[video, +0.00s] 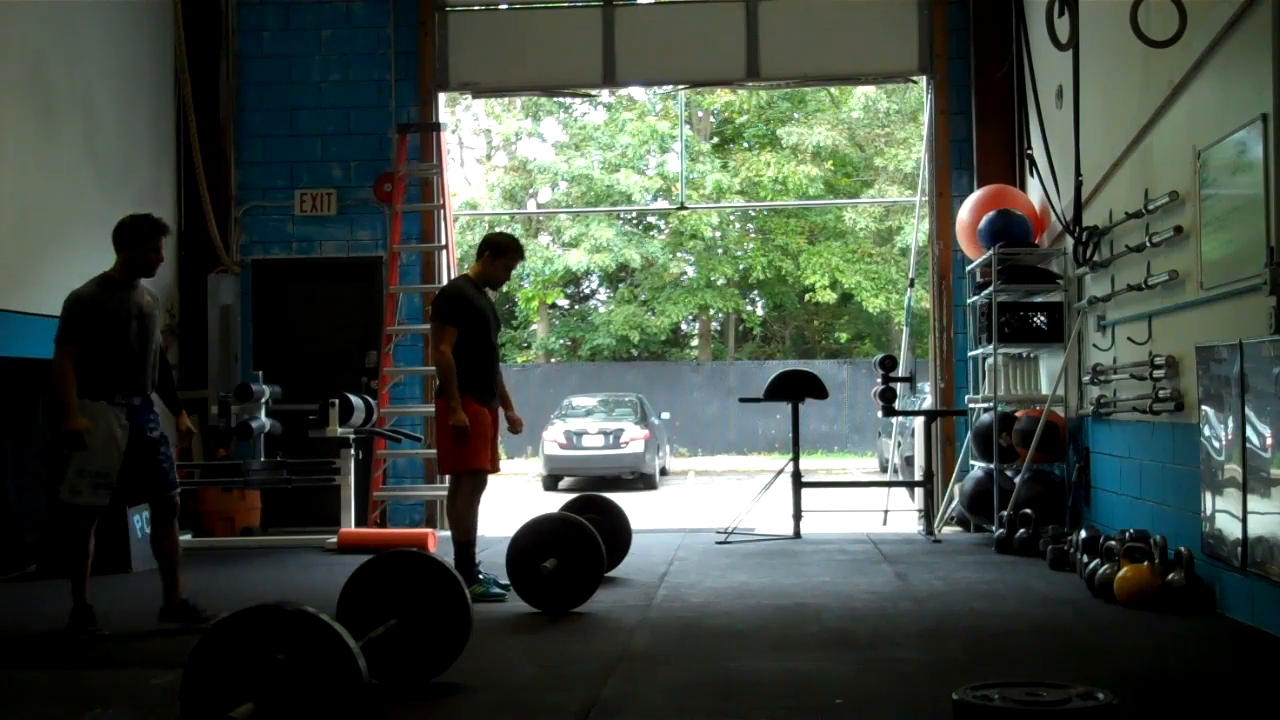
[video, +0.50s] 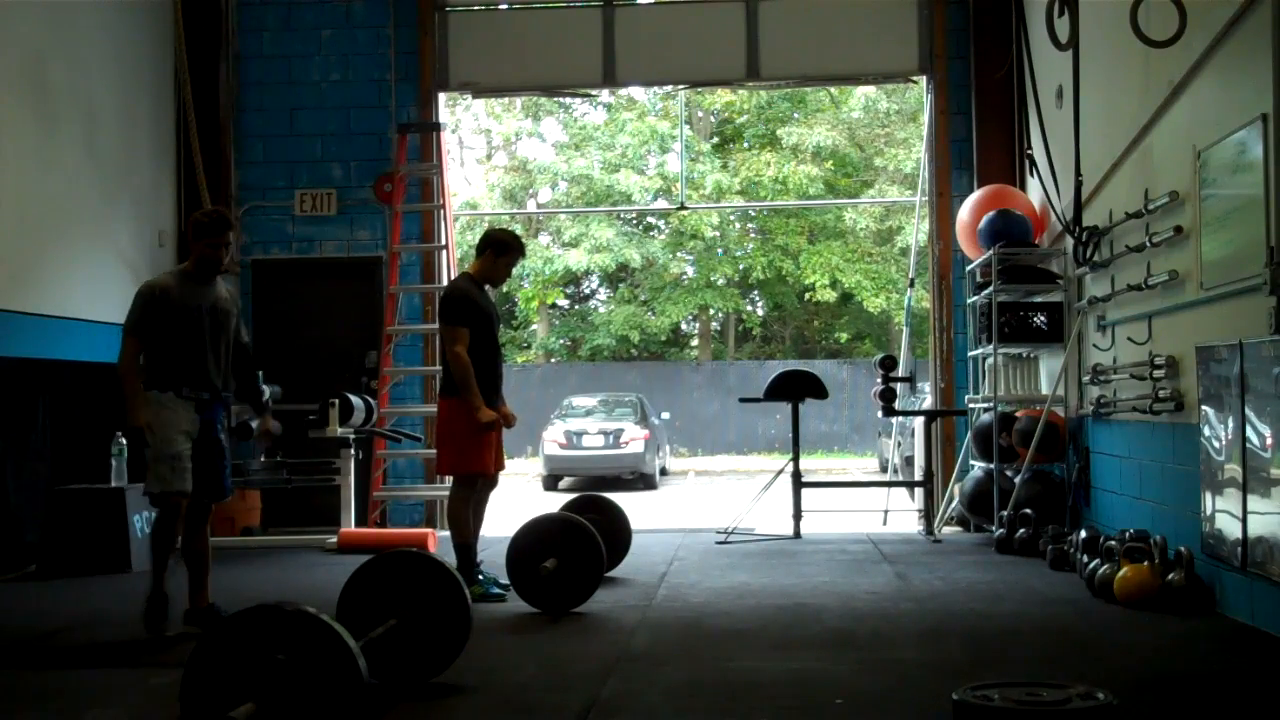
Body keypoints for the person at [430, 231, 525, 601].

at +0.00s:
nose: (508, 278)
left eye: (511, 271)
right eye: (507, 270)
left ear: (493, 261)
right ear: (488, 258)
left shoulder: (482, 299)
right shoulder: (455, 293)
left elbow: (490, 361)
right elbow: (441, 350)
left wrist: (508, 407)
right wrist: (454, 406)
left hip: (483, 405)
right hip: (464, 405)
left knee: (470, 485)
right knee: (469, 484)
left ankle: (467, 571)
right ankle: (466, 574)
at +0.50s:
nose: (509, 275)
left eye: (512, 268)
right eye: (509, 267)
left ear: (494, 258)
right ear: (490, 256)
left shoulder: (481, 294)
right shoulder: (460, 292)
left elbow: (486, 355)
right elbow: (456, 352)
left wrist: (499, 403)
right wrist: (479, 405)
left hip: (485, 406)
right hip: (464, 405)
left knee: (485, 482)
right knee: (466, 484)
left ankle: (471, 568)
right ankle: (467, 575)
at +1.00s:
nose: (520, 276)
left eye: (523, 269)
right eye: (520, 267)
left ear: (503, 258)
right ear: (502, 256)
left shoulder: (492, 294)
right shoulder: (472, 288)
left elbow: (508, 337)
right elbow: (475, 333)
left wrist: (526, 368)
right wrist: (513, 377)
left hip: (497, 401)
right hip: (474, 402)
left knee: (506, 481)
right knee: (475, 484)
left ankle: (514, 568)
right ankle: (469, 576)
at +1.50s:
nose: (548, 281)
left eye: (551, 274)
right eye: (549, 272)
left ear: (533, 260)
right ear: (533, 259)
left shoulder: (522, 300)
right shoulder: (501, 294)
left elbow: (535, 358)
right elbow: (504, 354)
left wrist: (564, 399)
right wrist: (533, 404)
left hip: (524, 401)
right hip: (504, 400)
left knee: (526, 481)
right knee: (512, 480)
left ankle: (526, 568)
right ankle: (477, 569)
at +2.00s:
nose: (566, 283)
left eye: (570, 278)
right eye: (567, 275)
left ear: (552, 263)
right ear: (552, 262)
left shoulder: (538, 299)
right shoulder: (518, 294)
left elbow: (542, 360)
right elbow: (509, 350)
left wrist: (551, 405)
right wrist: (525, 405)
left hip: (533, 401)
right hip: (516, 401)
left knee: (524, 483)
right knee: (521, 483)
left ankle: (518, 571)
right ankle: (512, 572)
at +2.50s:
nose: (573, 283)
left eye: (577, 278)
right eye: (574, 275)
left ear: (557, 260)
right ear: (558, 260)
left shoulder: (539, 296)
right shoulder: (525, 292)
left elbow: (539, 356)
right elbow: (524, 351)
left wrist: (557, 401)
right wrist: (557, 403)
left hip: (535, 401)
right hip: (524, 400)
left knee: (533, 482)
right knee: (530, 481)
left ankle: (525, 573)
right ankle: (520, 575)